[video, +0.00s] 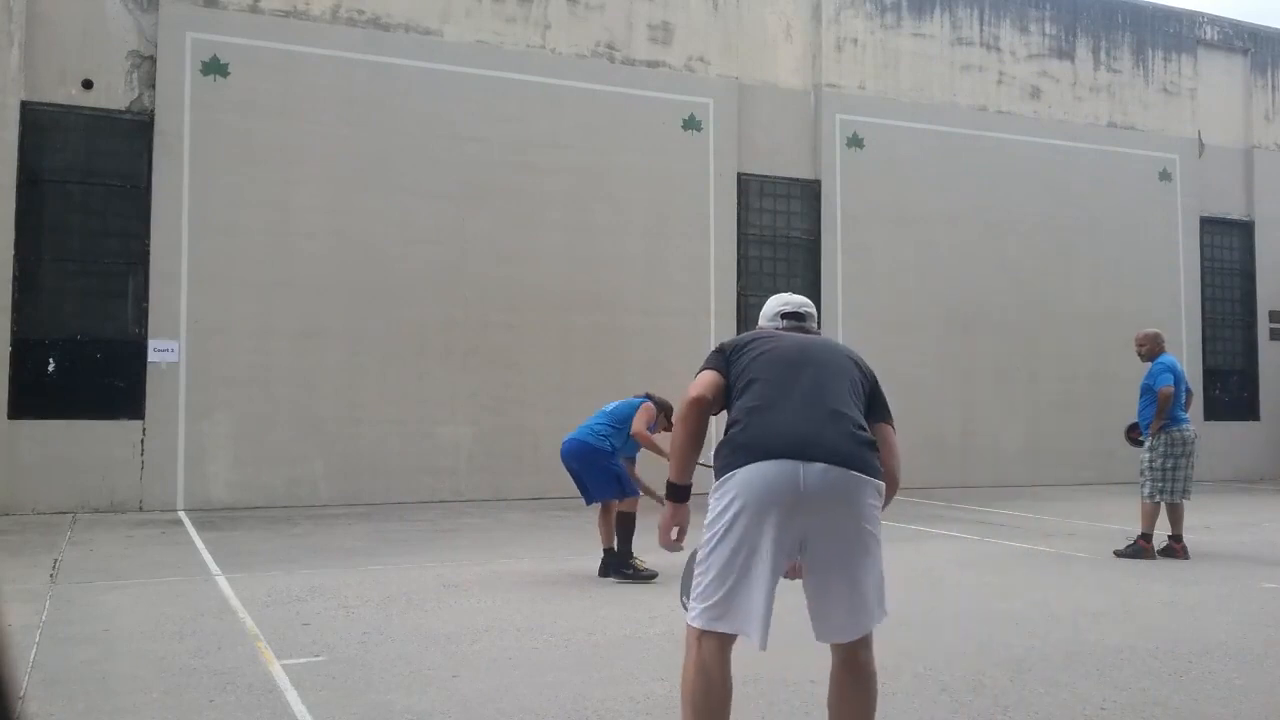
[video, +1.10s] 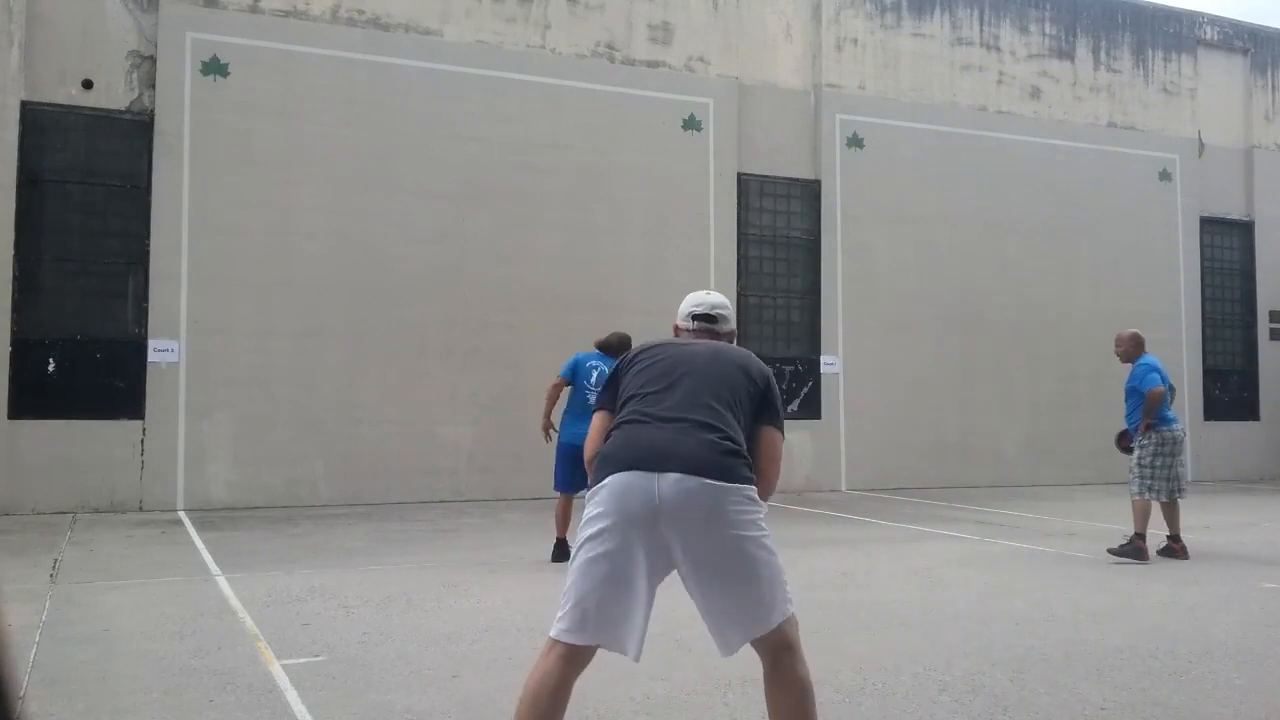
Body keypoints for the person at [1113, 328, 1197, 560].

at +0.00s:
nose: (1138, 351)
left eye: (1142, 346)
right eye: (1137, 346)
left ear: (1159, 345)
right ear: (1160, 347)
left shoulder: (1160, 365)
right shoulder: (1173, 363)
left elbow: (1166, 392)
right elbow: (1189, 393)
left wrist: (1156, 422)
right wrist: (1177, 419)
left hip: (1164, 435)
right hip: (1181, 432)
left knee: (1151, 489)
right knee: (1173, 491)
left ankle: (1144, 543)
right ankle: (1176, 543)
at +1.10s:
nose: (1116, 351)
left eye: (1119, 346)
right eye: (1116, 347)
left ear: (1134, 347)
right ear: (1136, 347)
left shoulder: (1142, 367)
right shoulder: (1152, 364)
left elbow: (1156, 391)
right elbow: (1169, 390)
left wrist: (1146, 420)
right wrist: (1157, 416)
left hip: (1154, 434)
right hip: (1170, 432)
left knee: (1139, 488)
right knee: (1167, 489)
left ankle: (1138, 543)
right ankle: (1175, 543)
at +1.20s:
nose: (1110, 354)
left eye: (1114, 349)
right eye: (1109, 350)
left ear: (1129, 348)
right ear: (1129, 349)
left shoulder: (1138, 370)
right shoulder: (1138, 368)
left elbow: (1156, 395)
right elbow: (1146, 403)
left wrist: (1137, 420)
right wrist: (1129, 435)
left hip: (1152, 438)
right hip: (1163, 435)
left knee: (1138, 491)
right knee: (1165, 490)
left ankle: (1135, 547)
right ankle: (1175, 543)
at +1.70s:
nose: (1111, 350)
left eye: (1116, 346)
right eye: (1107, 346)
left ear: (1129, 348)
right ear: (1104, 349)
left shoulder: (1134, 369)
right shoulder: (1112, 376)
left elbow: (1138, 401)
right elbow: (1111, 413)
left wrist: (1107, 415)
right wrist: (1100, 440)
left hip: (1138, 439)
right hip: (1133, 440)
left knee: (1109, 490)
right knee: (1138, 491)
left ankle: (1132, 542)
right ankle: (1155, 544)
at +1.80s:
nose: (1095, 356)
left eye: (1099, 352)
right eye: (1095, 351)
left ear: (1114, 355)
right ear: (1112, 356)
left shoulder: (1119, 375)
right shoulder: (1115, 377)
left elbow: (1122, 410)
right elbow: (1115, 422)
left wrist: (1099, 433)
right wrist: (1098, 448)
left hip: (1134, 443)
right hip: (1148, 442)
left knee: (1098, 493)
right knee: (1132, 494)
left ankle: (1124, 544)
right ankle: (1154, 545)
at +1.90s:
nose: (1084, 364)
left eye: (1088, 360)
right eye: (1085, 359)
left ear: (1099, 363)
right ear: (1106, 364)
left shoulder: (1104, 386)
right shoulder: (1117, 381)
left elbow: (1100, 429)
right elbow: (1110, 425)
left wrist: (1086, 452)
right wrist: (1092, 449)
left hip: (1129, 450)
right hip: (1147, 447)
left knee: (1089, 495)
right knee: (1133, 496)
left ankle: (1102, 548)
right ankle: (1154, 546)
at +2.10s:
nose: (1058, 352)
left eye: (1061, 348)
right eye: (1058, 348)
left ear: (1074, 350)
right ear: (1079, 350)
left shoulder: (1077, 374)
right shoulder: (1095, 367)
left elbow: (1075, 416)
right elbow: (1093, 409)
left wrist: (1056, 432)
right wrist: (1072, 431)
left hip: (1105, 443)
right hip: (1127, 436)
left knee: (1079, 495)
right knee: (1124, 490)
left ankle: (1095, 551)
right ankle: (1139, 545)